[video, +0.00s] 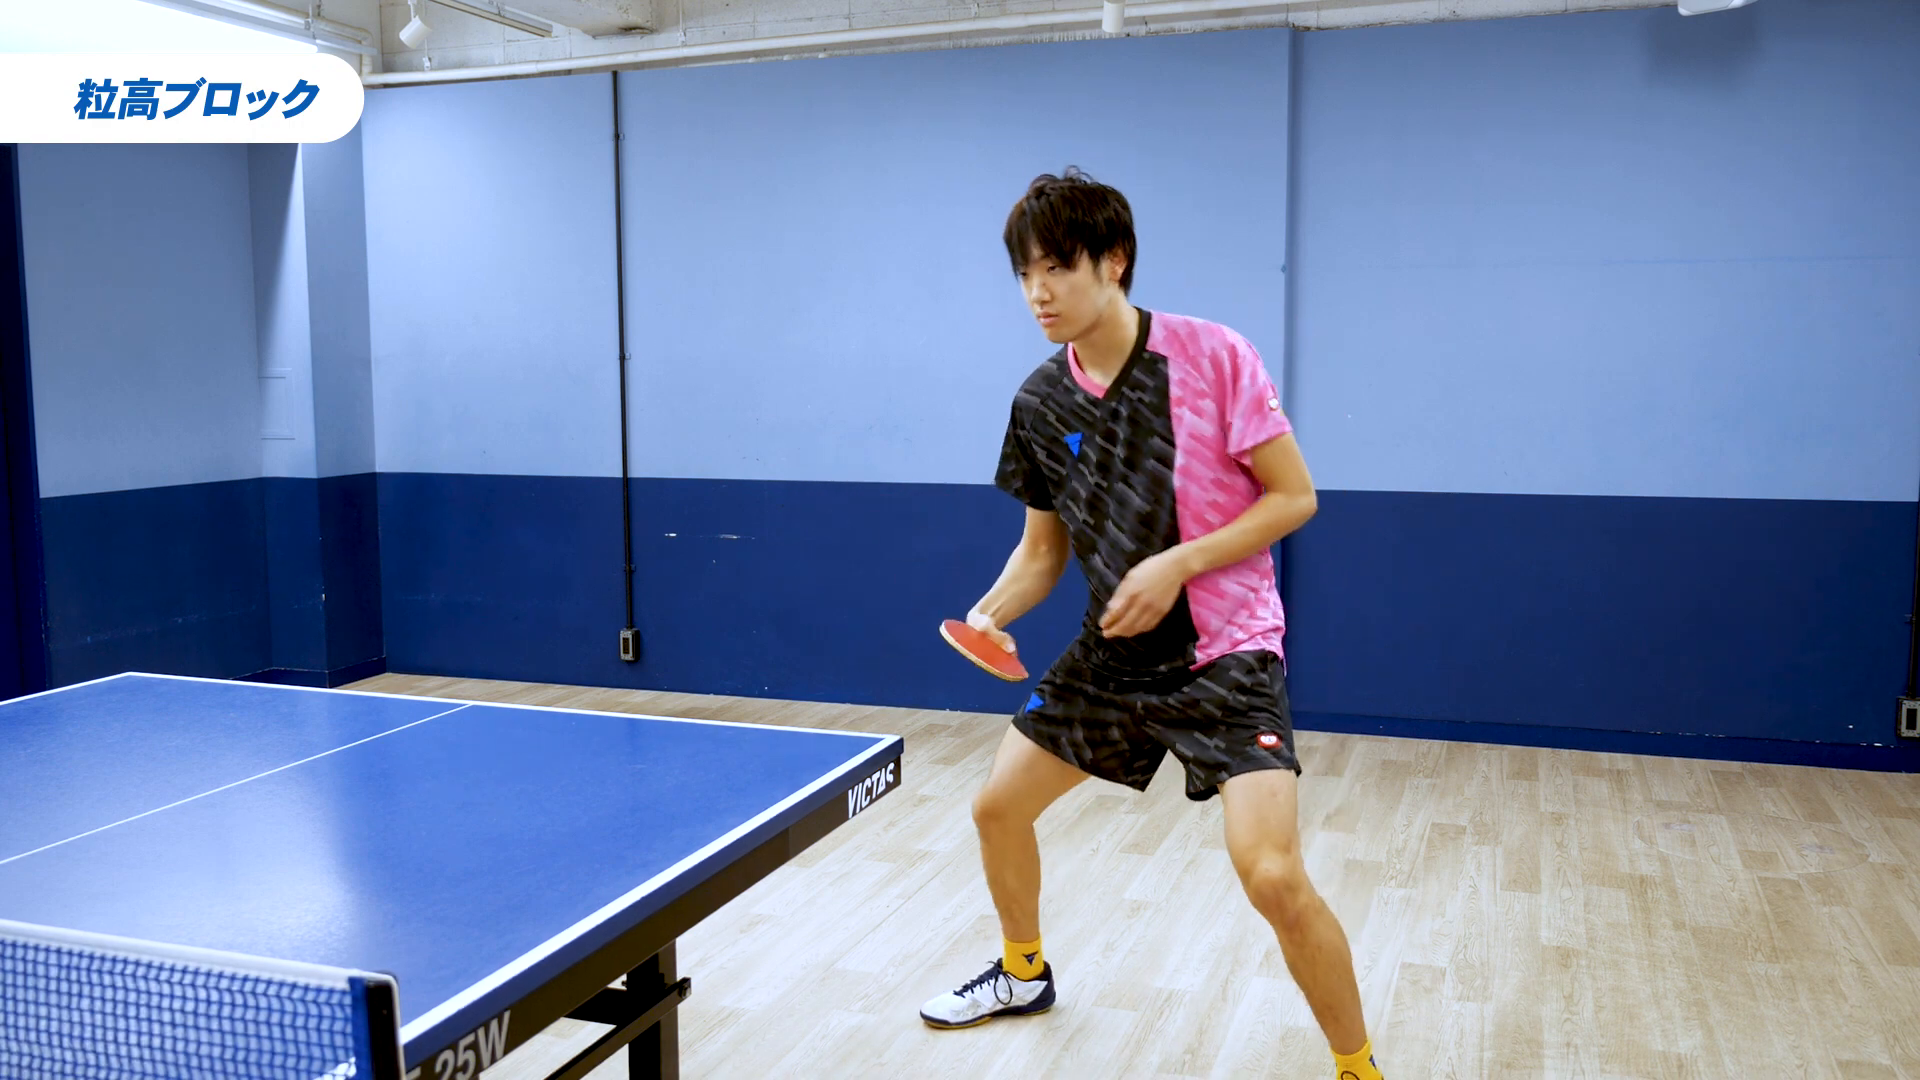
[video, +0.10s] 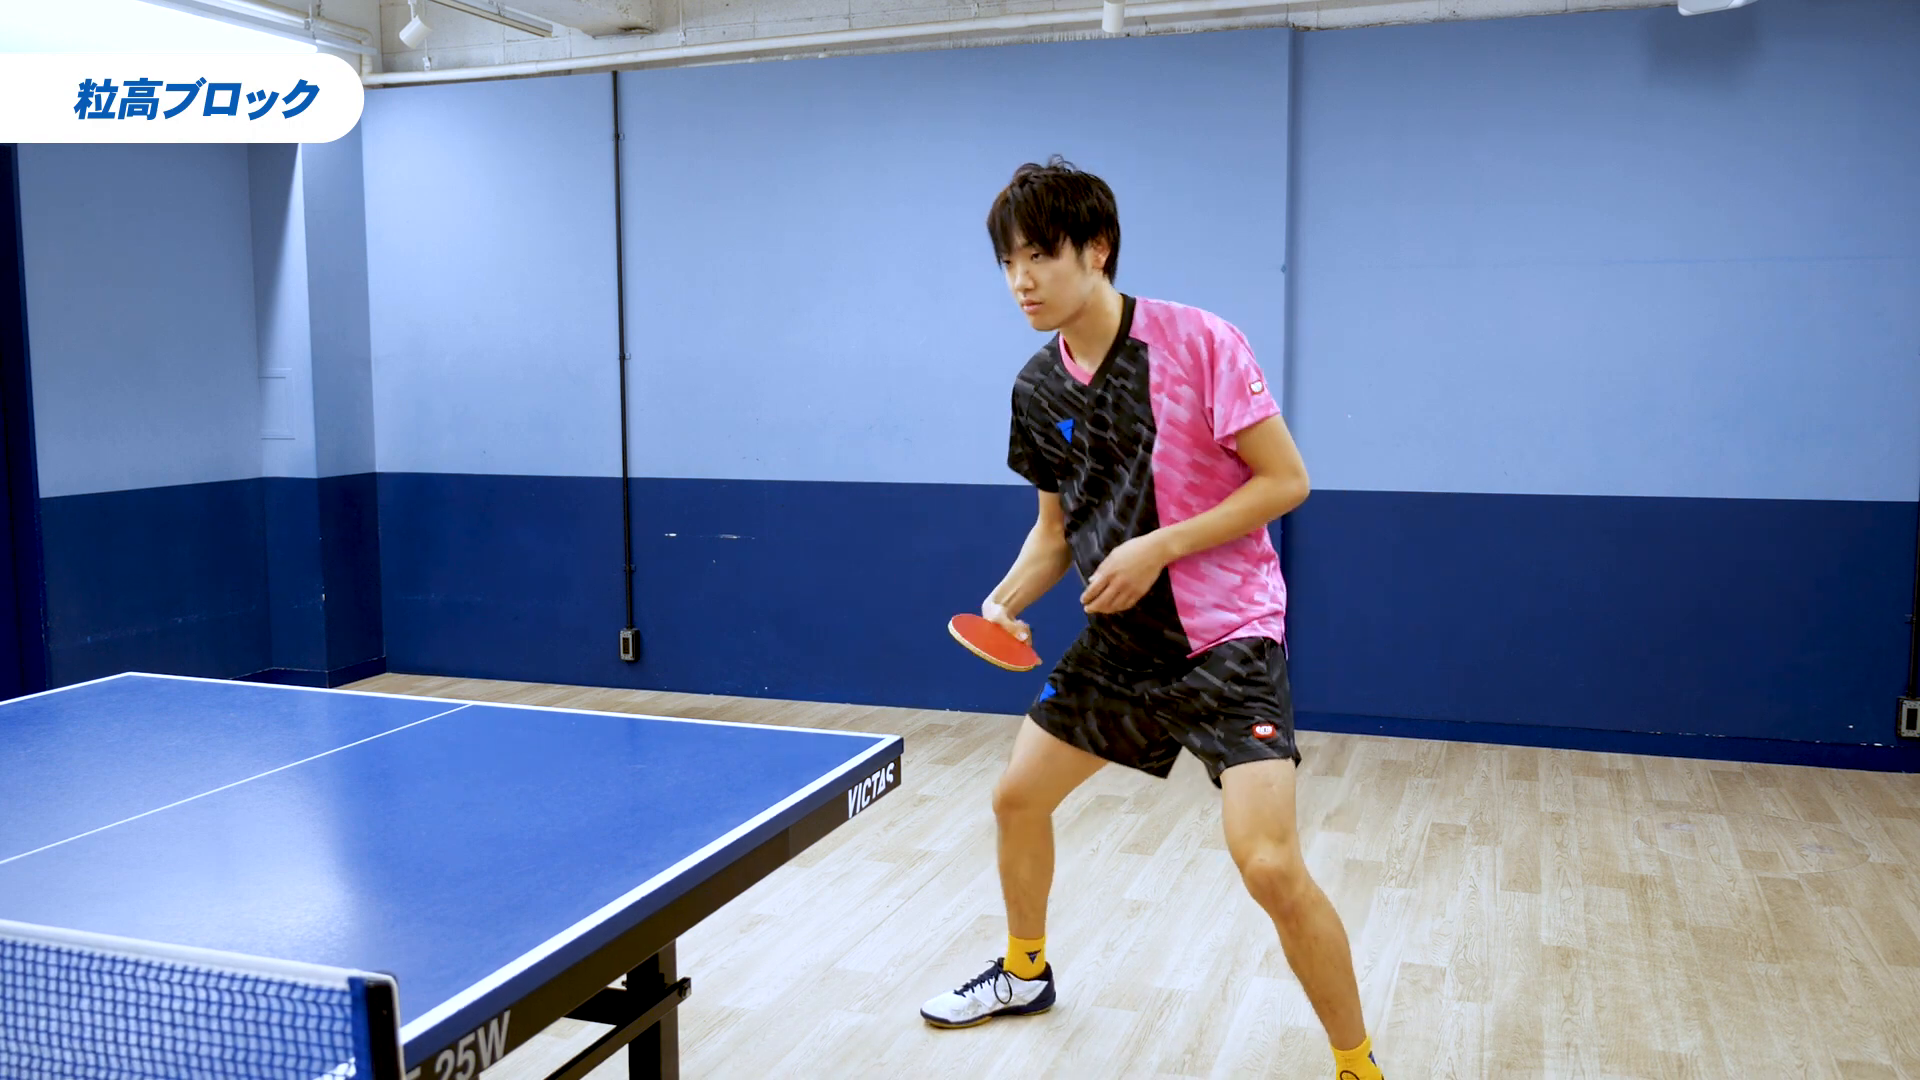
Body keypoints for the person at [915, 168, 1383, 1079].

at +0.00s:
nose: (1039, 290)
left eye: (1057, 265)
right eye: (1026, 272)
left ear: (1113, 261)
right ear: (1020, 283)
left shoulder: (1212, 354)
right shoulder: (1042, 401)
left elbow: (1294, 496)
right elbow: (1042, 548)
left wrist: (1179, 562)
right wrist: (991, 613)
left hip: (1229, 650)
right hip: (1115, 650)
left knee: (1273, 877)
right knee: (999, 809)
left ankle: (1358, 1068)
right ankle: (1022, 972)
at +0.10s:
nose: (1020, 279)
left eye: (1039, 255)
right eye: (1009, 261)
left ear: (1097, 251)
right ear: (1005, 270)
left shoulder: (1198, 342)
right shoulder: (1039, 388)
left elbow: (1285, 479)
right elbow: (1056, 530)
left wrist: (1162, 546)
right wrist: (1005, 601)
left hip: (1230, 633)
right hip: (1123, 634)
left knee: (1269, 866)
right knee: (1019, 798)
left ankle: (1358, 1066)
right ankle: (1024, 971)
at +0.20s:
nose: (1014, 284)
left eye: (1032, 260)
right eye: (1002, 267)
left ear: (1089, 255)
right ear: (998, 275)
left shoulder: (1189, 344)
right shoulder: (1041, 390)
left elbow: (1283, 482)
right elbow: (1067, 527)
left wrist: (1157, 545)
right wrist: (1013, 604)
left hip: (1235, 633)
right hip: (1131, 635)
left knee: (1267, 865)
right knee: (1028, 793)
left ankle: (1358, 1065)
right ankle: (1024, 970)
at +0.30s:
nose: (1011, 311)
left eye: (1027, 286)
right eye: (1000, 293)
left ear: (1084, 278)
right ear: (1000, 299)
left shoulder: (1188, 362)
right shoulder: (1047, 409)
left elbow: (1285, 502)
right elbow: (1071, 543)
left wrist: (1159, 568)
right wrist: (1012, 621)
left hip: (1241, 647)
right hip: (1135, 647)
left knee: (1263, 878)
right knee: (1022, 798)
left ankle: (1357, 1066)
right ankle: (1024, 971)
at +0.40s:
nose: (1012, 346)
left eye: (1027, 321)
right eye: (1001, 328)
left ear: (1086, 308)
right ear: (1004, 332)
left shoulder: (1195, 385)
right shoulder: (1053, 435)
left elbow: (1298, 522)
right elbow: (1068, 564)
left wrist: (1171, 595)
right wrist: (1009, 631)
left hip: (1245, 665)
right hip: (1140, 665)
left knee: (1258, 890)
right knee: (1012, 806)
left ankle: (1356, 1068)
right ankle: (1023, 972)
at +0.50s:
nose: (1023, 380)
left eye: (1036, 353)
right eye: (1010, 362)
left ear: (1094, 332)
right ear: (1007, 362)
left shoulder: (1214, 399)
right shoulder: (1056, 451)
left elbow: (1317, 529)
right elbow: (1057, 578)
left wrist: (1195, 609)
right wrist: (1013, 620)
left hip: (1257, 667)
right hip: (1151, 669)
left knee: (1257, 893)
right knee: (1011, 813)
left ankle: (1357, 1069)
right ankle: (1023, 973)